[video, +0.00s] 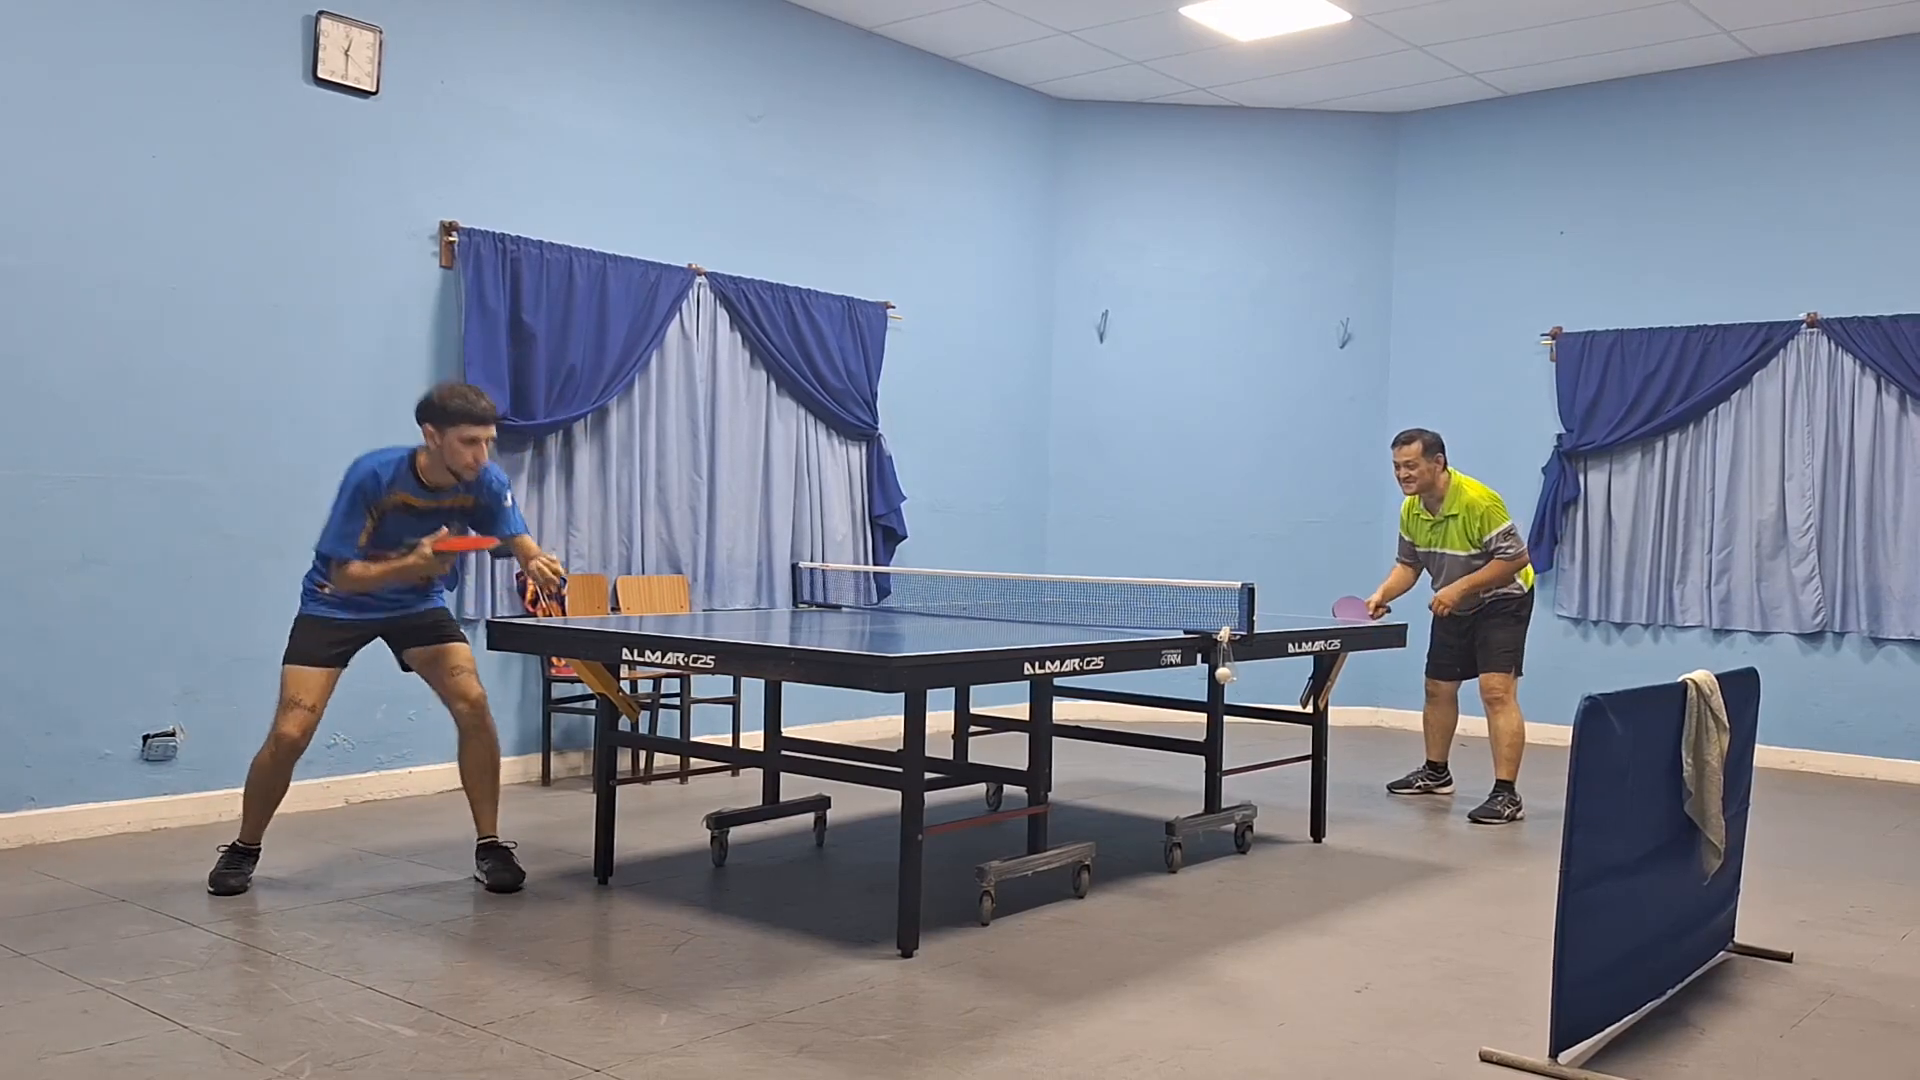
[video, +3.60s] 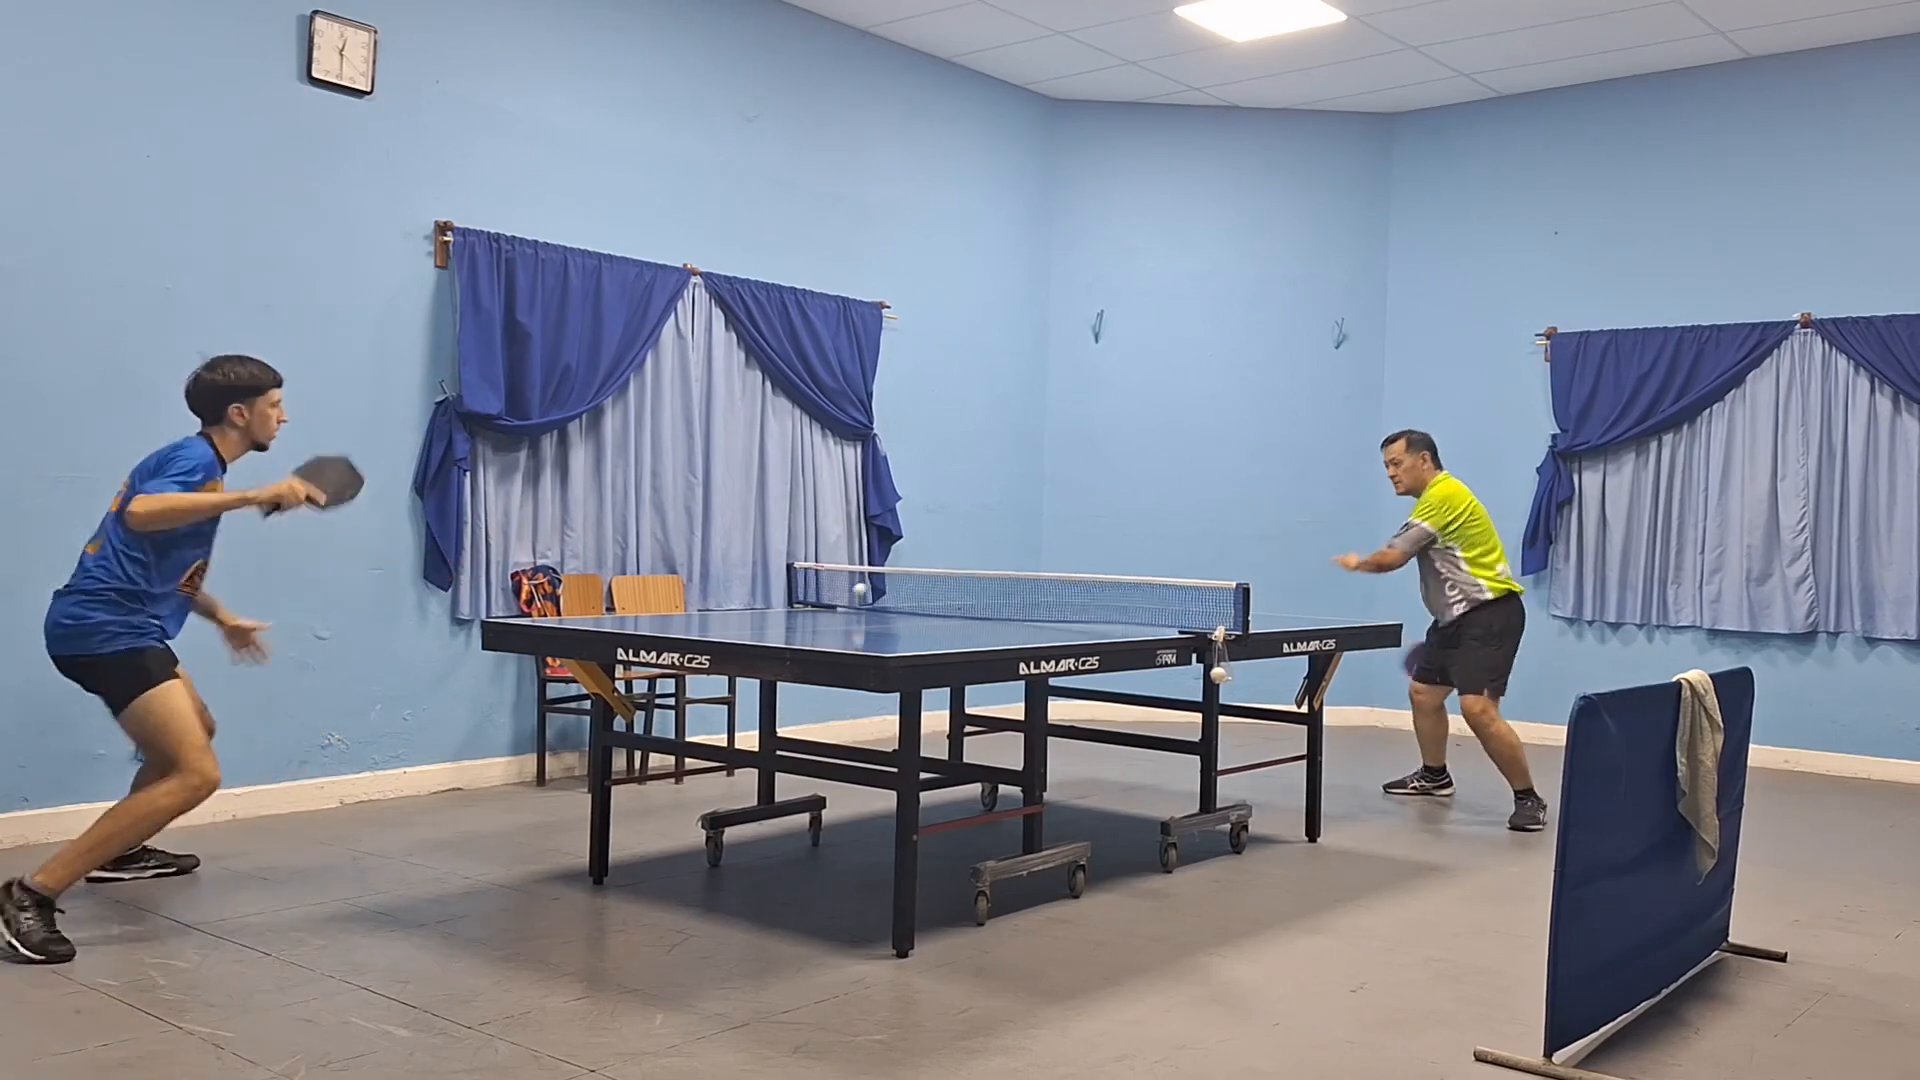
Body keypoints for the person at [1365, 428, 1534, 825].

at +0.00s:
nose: (1402, 473)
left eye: (1411, 465)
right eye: (1398, 466)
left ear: (1438, 464)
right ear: (1395, 468)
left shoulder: (1478, 502)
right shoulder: (1411, 509)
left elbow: (1515, 557)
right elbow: (1408, 564)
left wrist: (1461, 589)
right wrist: (1382, 594)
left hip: (1501, 601)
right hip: (1451, 605)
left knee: (1496, 690)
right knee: (1438, 686)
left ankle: (1506, 793)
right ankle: (1435, 770)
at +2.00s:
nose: (1403, 438)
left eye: (1412, 430)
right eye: (1399, 431)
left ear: (1439, 431)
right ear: (1397, 435)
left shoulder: (1471, 478)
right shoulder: (1407, 488)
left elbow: (1508, 535)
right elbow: (1400, 549)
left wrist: (1458, 578)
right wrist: (1374, 573)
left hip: (1476, 608)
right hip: (1425, 607)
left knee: (1478, 698)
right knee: (1404, 688)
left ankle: (1501, 793)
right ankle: (1380, 777)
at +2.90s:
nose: (1404, 468)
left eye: (1415, 460)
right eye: (1397, 459)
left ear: (1438, 460)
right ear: (1389, 457)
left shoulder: (1461, 499)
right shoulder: (1377, 498)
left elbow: (1484, 552)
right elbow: (1344, 528)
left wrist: (1496, 603)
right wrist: (1327, 538)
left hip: (1445, 617)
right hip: (1381, 616)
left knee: (1472, 702)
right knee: (1374, 695)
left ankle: (1485, 788)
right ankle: (1356, 794)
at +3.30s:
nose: (1401, 444)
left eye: (1411, 435)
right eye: (1397, 436)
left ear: (1439, 438)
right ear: (1395, 442)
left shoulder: (1480, 487)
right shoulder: (1396, 495)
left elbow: (1525, 541)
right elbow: (1379, 546)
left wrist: (1484, 591)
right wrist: (1338, 561)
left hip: (1479, 614)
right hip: (1417, 613)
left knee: (1501, 704)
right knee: (1387, 690)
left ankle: (1526, 796)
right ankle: (1356, 786)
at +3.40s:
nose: (1400, 443)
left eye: (1408, 434)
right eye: (1397, 436)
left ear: (1438, 436)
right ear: (1398, 442)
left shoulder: (1471, 479)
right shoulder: (1413, 492)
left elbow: (1502, 535)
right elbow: (1404, 552)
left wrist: (1437, 561)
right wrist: (1362, 572)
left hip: (1489, 608)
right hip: (1432, 608)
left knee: (1503, 704)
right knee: (1391, 682)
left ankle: (1526, 796)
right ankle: (1398, 775)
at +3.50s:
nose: (1399, 458)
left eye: (1405, 449)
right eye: (1395, 452)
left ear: (1433, 446)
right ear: (1395, 457)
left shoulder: (1462, 482)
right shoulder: (1426, 500)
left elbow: (1441, 549)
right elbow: (1426, 571)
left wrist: (1395, 548)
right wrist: (1386, 608)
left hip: (1494, 607)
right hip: (1446, 611)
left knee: (1494, 705)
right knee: (1407, 685)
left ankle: (1528, 797)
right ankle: (1428, 763)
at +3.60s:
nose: (1390, 473)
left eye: (1396, 464)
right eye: (1387, 467)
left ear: (1424, 460)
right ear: (1424, 464)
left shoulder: (1444, 493)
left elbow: (1397, 553)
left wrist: (1362, 563)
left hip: (1491, 611)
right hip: (1457, 617)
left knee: (1477, 708)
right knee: (1424, 695)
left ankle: (1528, 798)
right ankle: (1434, 775)